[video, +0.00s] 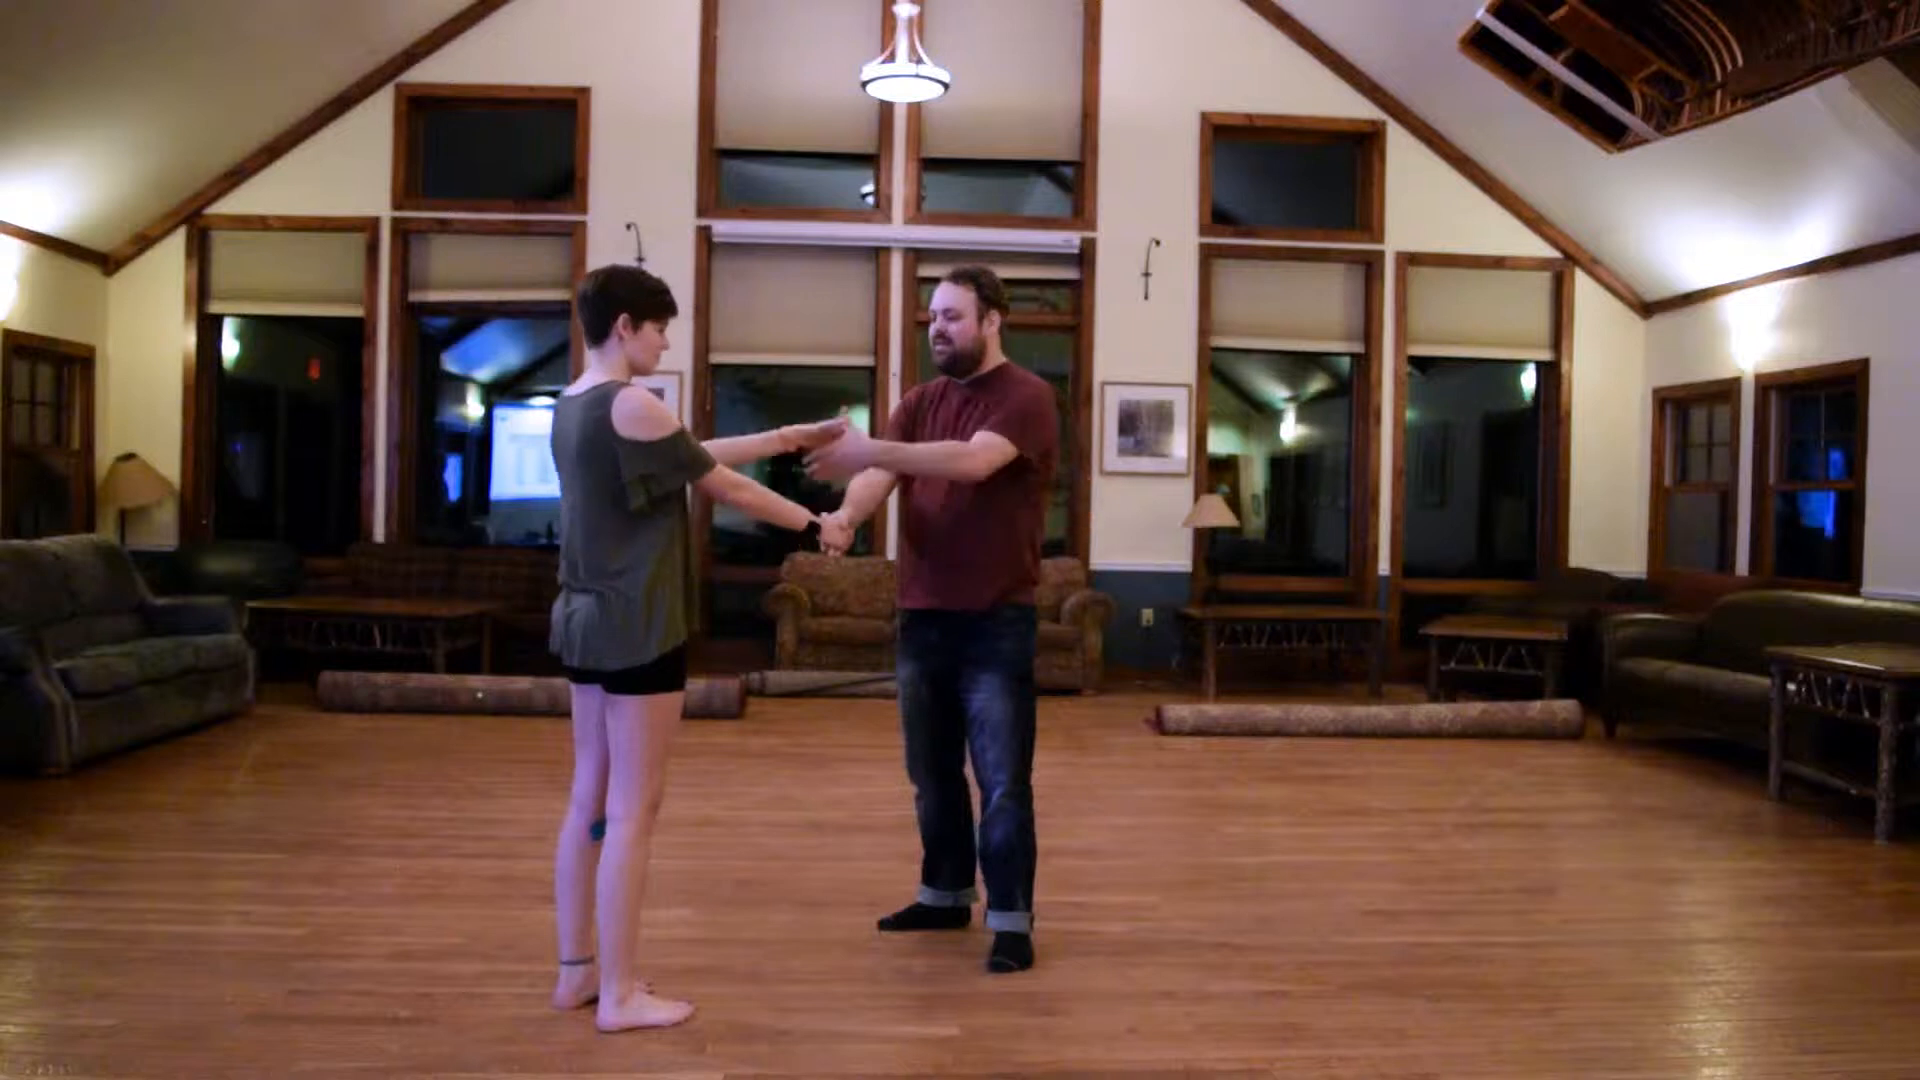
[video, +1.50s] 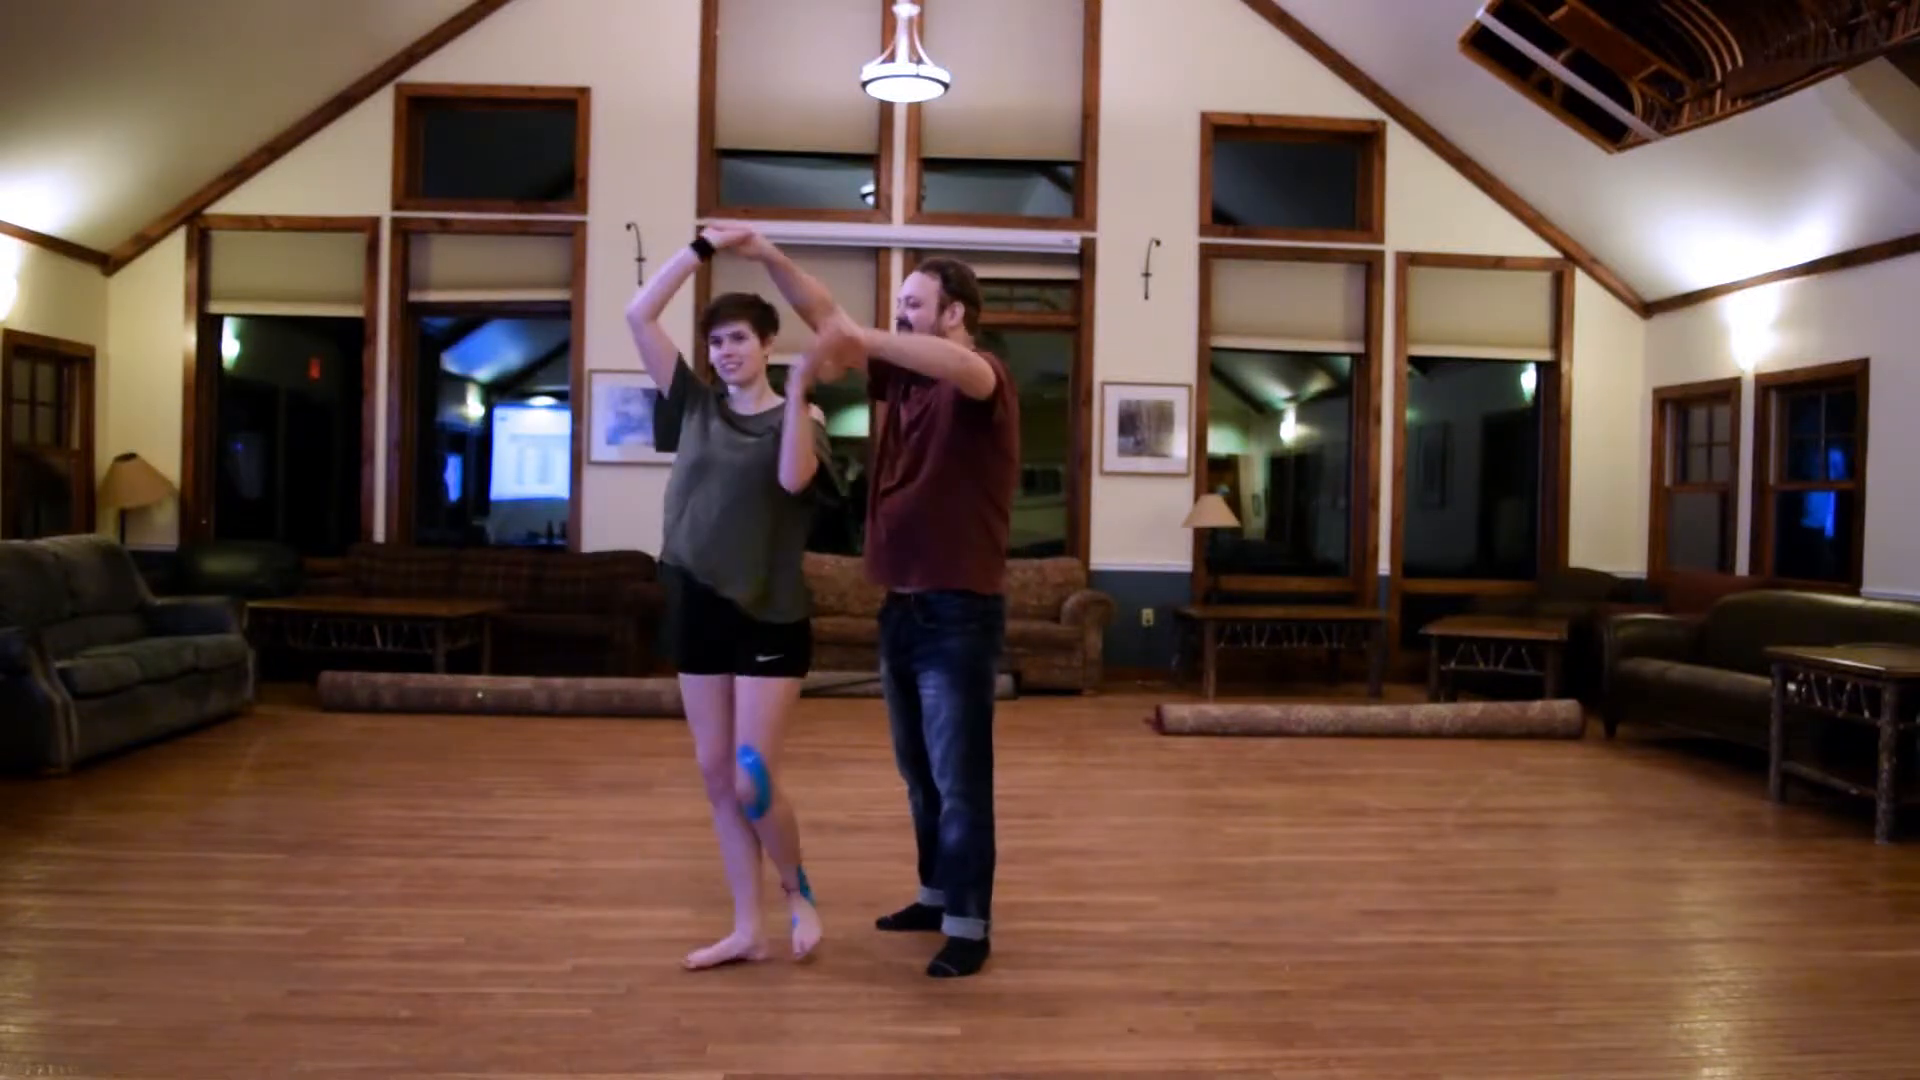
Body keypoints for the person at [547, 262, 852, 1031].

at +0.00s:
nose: (665, 341)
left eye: (665, 329)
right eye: (660, 329)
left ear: (606, 330)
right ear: (627, 329)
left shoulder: (575, 403)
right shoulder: (636, 409)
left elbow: (684, 456)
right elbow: (720, 484)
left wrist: (778, 441)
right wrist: (808, 520)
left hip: (584, 624)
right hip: (640, 632)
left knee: (586, 803)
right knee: (634, 809)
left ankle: (573, 970)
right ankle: (618, 994)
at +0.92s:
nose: (726, 347)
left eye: (724, 336)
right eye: (726, 337)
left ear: (657, 341)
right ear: (715, 343)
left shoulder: (625, 411)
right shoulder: (738, 419)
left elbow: (679, 388)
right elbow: (759, 529)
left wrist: (736, 351)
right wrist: (775, 575)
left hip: (618, 625)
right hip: (699, 631)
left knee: (666, 789)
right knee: (716, 793)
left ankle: (664, 954)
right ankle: (680, 946)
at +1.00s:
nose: (735, 342)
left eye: (667, 336)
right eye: (735, 333)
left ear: (667, 345)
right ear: (732, 343)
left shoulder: (641, 408)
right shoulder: (757, 424)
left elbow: (643, 373)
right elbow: (759, 530)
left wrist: (661, 354)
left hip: (631, 625)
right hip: (717, 633)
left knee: (662, 790)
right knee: (714, 785)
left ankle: (663, 959)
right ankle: (732, 943)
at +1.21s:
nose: (695, 339)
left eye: (701, 327)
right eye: (714, 330)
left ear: (703, 337)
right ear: (761, 349)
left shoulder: (687, 383)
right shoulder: (775, 424)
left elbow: (637, 296)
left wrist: (711, 250)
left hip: (678, 610)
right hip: (747, 616)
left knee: (670, 795)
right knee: (713, 792)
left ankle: (672, 954)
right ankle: (746, 929)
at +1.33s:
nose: (705, 348)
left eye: (717, 339)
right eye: (709, 336)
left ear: (745, 348)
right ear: (746, 349)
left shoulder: (771, 413)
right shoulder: (715, 402)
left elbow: (704, 383)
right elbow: (648, 378)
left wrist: (719, 304)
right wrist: (670, 300)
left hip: (739, 615)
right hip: (719, 609)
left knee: (675, 777)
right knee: (714, 780)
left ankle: (750, 927)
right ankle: (740, 924)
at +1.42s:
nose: (712, 355)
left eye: (725, 345)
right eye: (707, 345)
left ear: (758, 351)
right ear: (701, 355)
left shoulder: (785, 418)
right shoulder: (694, 403)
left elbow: (754, 437)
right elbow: (636, 339)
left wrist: (764, 341)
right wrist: (678, 261)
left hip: (755, 615)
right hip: (695, 608)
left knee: (714, 784)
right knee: (710, 782)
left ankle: (791, 908)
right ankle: (746, 925)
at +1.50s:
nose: (726, 350)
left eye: (738, 339)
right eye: (717, 341)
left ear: (767, 345)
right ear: (708, 351)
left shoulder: (795, 417)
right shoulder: (698, 404)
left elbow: (795, 477)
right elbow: (639, 317)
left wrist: (796, 388)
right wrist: (696, 250)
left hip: (772, 611)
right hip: (699, 603)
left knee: (751, 782)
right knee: (717, 777)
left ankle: (796, 897)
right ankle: (748, 929)